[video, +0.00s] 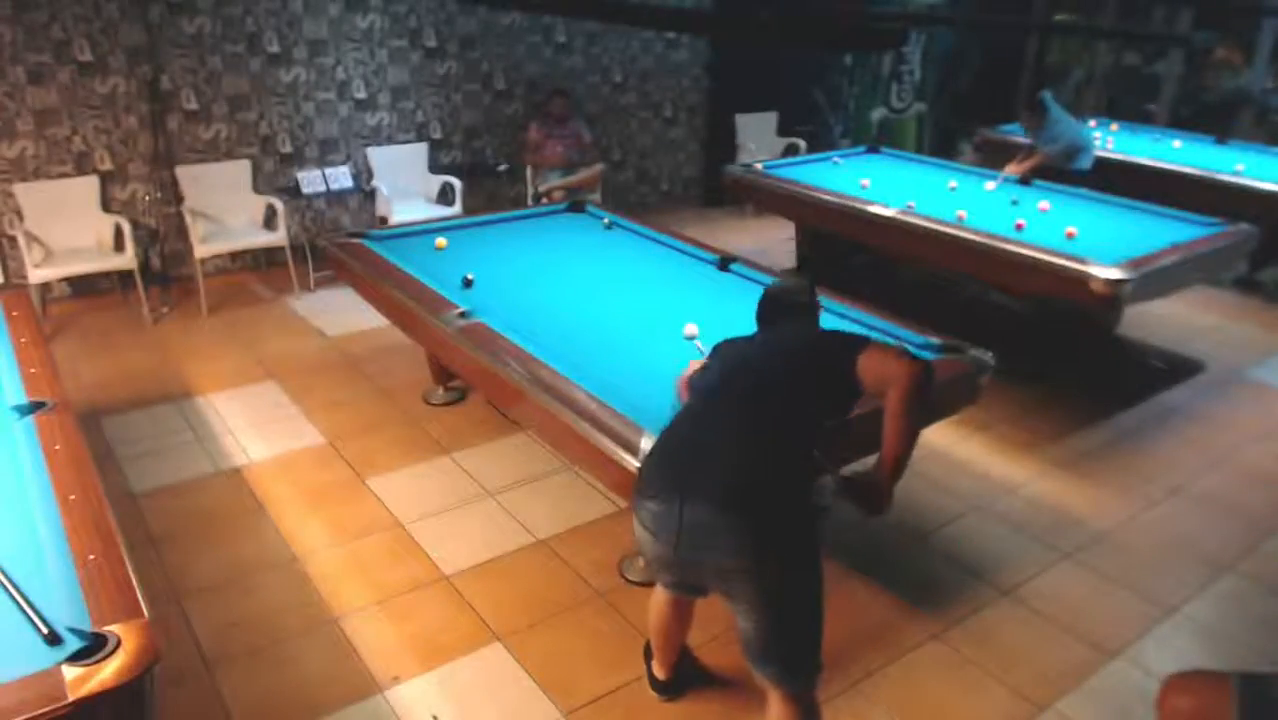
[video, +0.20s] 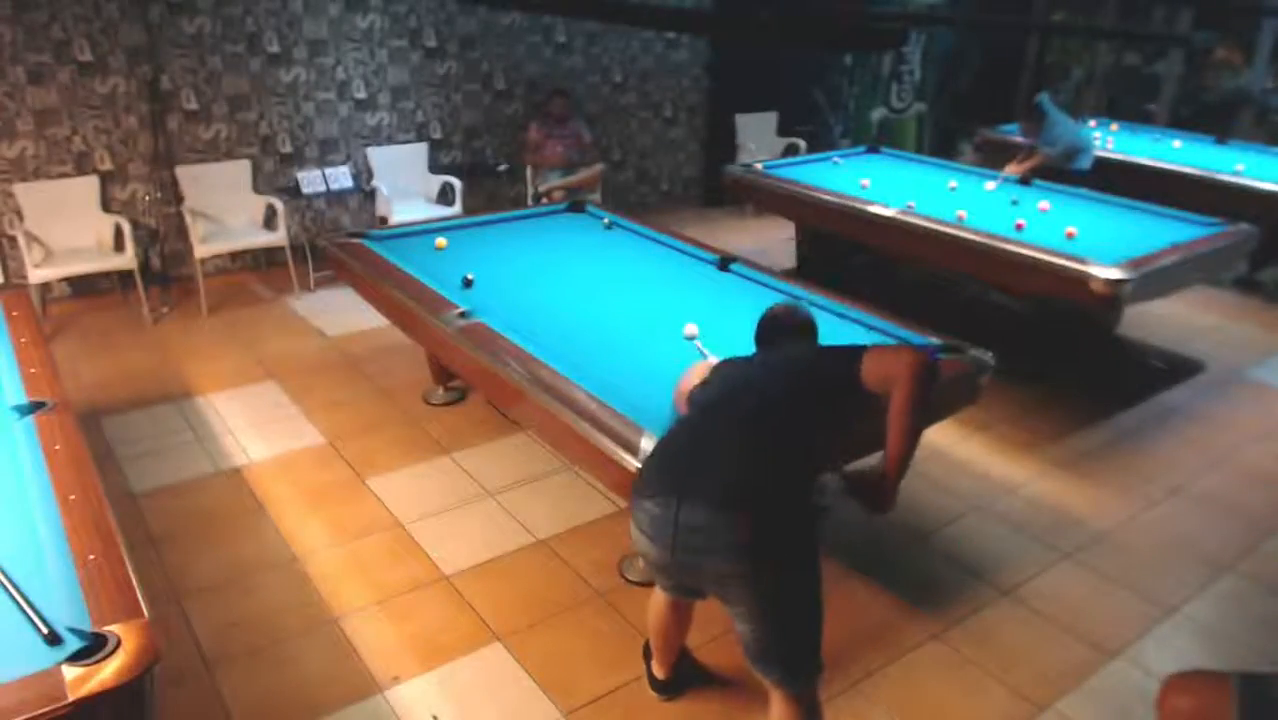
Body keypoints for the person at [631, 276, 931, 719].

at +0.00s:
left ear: (761, 317)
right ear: (813, 317)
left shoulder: (729, 349)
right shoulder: (831, 348)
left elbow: (687, 385)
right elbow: (906, 372)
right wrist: (884, 477)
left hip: (659, 496)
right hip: (750, 510)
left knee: (673, 581)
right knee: (786, 683)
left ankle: (665, 671)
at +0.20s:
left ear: (758, 344)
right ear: (811, 342)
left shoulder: (724, 369)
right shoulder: (828, 364)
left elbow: (684, 392)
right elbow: (911, 362)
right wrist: (889, 479)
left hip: (654, 505)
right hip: (746, 519)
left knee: (672, 586)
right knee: (789, 684)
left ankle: (664, 671)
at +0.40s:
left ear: (759, 348)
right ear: (813, 348)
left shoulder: (721, 371)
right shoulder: (847, 376)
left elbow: (681, 402)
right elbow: (906, 419)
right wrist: (893, 533)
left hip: (652, 507)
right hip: (746, 522)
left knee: (673, 584)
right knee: (791, 686)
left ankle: (664, 672)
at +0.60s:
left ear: (762, 348)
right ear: (815, 349)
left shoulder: (722, 372)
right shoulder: (842, 376)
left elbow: (682, 400)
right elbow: (914, 408)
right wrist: (942, 508)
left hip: (652, 509)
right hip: (744, 524)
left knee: (673, 585)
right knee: (791, 688)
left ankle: (663, 671)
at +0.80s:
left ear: (761, 352)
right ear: (815, 352)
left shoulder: (728, 377)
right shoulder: (834, 375)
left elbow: (683, 400)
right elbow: (913, 391)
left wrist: (705, 364)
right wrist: (909, 501)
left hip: (652, 511)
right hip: (745, 526)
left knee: (673, 585)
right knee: (792, 686)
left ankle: (663, 672)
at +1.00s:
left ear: (760, 357)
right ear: (814, 357)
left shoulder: (728, 381)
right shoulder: (837, 381)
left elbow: (680, 404)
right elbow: (914, 387)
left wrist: (704, 368)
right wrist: (883, 489)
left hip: (652, 512)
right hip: (745, 527)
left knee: (672, 585)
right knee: (793, 683)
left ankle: (664, 671)